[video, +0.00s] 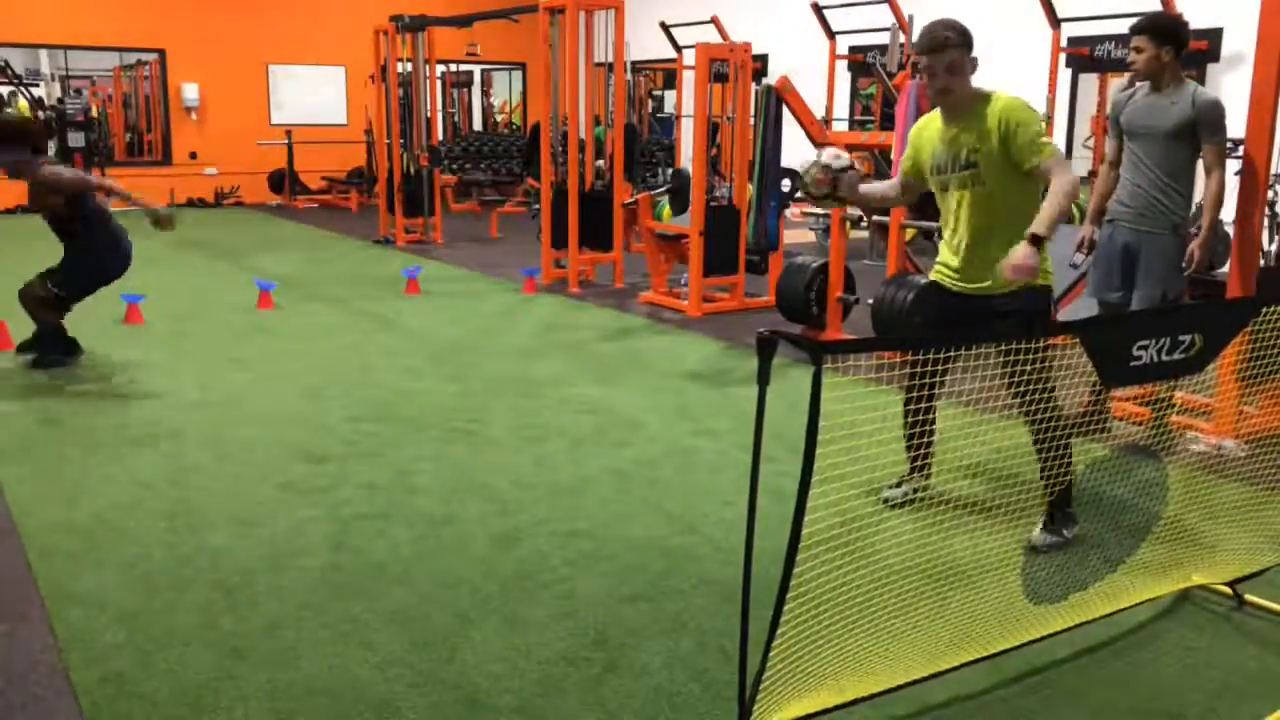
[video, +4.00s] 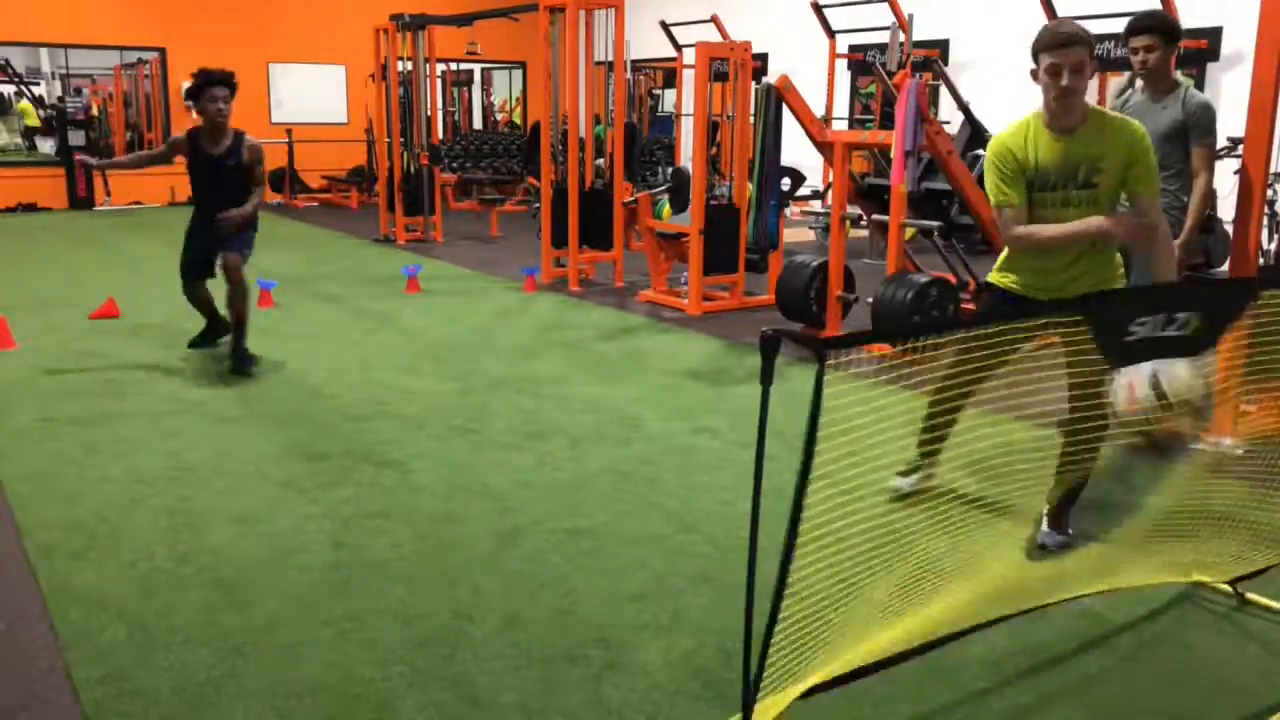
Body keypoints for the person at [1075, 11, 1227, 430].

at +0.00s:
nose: (1129, 58)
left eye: (1138, 50)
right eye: (1130, 50)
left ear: (1169, 55)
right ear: (1146, 54)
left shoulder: (1202, 104)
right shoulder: (1123, 98)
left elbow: (1214, 174)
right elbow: (1110, 165)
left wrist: (1205, 236)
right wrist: (1090, 221)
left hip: (1163, 237)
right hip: (1114, 230)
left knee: (1149, 330)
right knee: (1106, 323)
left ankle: (1157, 428)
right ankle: (1095, 409)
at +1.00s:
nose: (1130, 61)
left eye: (1138, 53)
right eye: (1128, 54)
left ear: (1169, 53)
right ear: (1126, 54)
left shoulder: (1198, 107)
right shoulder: (1122, 100)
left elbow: (1206, 174)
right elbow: (1105, 163)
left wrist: (1195, 238)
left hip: (1167, 225)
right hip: (1122, 220)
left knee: (1158, 309)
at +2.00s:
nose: (1124, 62)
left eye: (1131, 54)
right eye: (1123, 54)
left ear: (1162, 52)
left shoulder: (1193, 106)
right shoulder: (1123, 98)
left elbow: (1202, 177)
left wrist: (1184, 240)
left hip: (1158, 234)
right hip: (1115, 227)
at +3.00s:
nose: (1121, 59)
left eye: (1128, 51)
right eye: (1121, 51)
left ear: (1158, 54)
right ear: (1143, 55)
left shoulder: (1195, 106)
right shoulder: (1121, 104)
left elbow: (1205, 175)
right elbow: (1109, 171)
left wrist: (1189, 238)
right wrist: (1088, 226)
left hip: (1160, 236)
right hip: (1114, 229)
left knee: (1143, 327)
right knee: (1105, 322)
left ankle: (1154, 421)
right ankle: (1097, 403)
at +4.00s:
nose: (1140, 59)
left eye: (1150, 50)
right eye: (1134, 52)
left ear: (1172, 51)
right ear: (1129, 55)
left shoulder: (1195, 106)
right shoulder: (1123, 102)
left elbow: (1202, 177)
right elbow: (1112, 165)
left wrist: (1184, 241)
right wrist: (1106, 221)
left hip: (1170, 226)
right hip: (1127, 221)